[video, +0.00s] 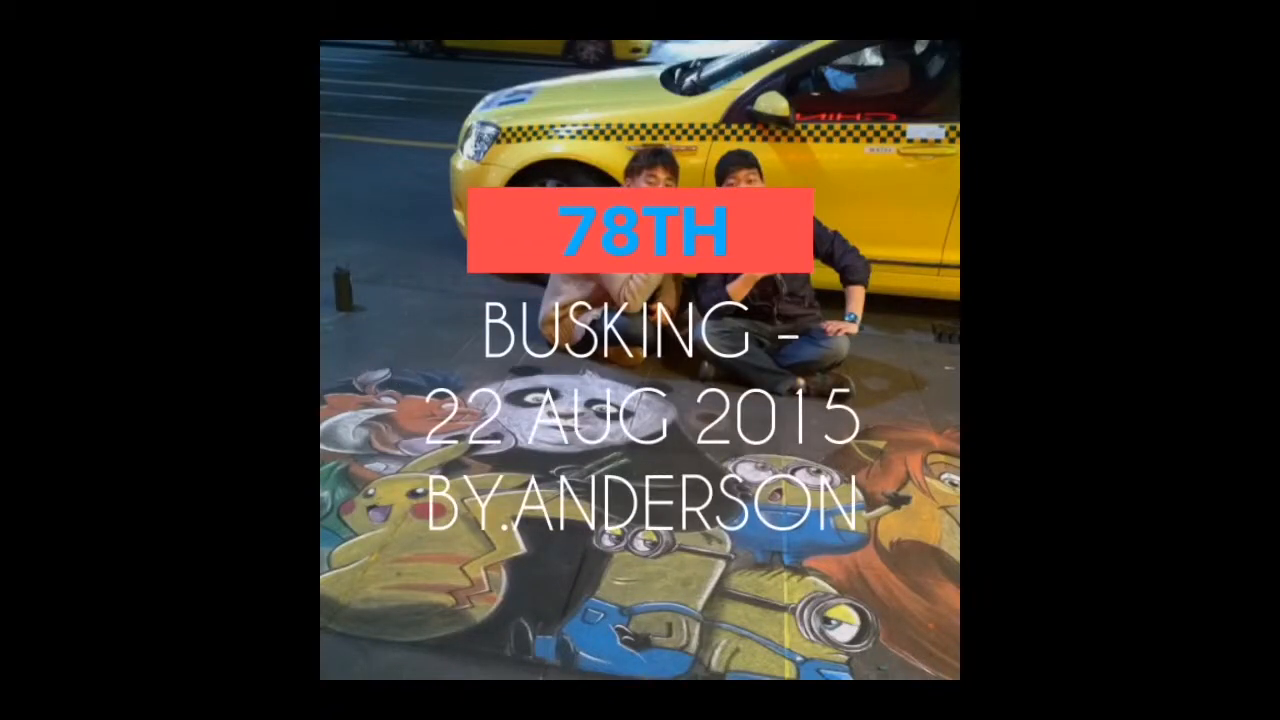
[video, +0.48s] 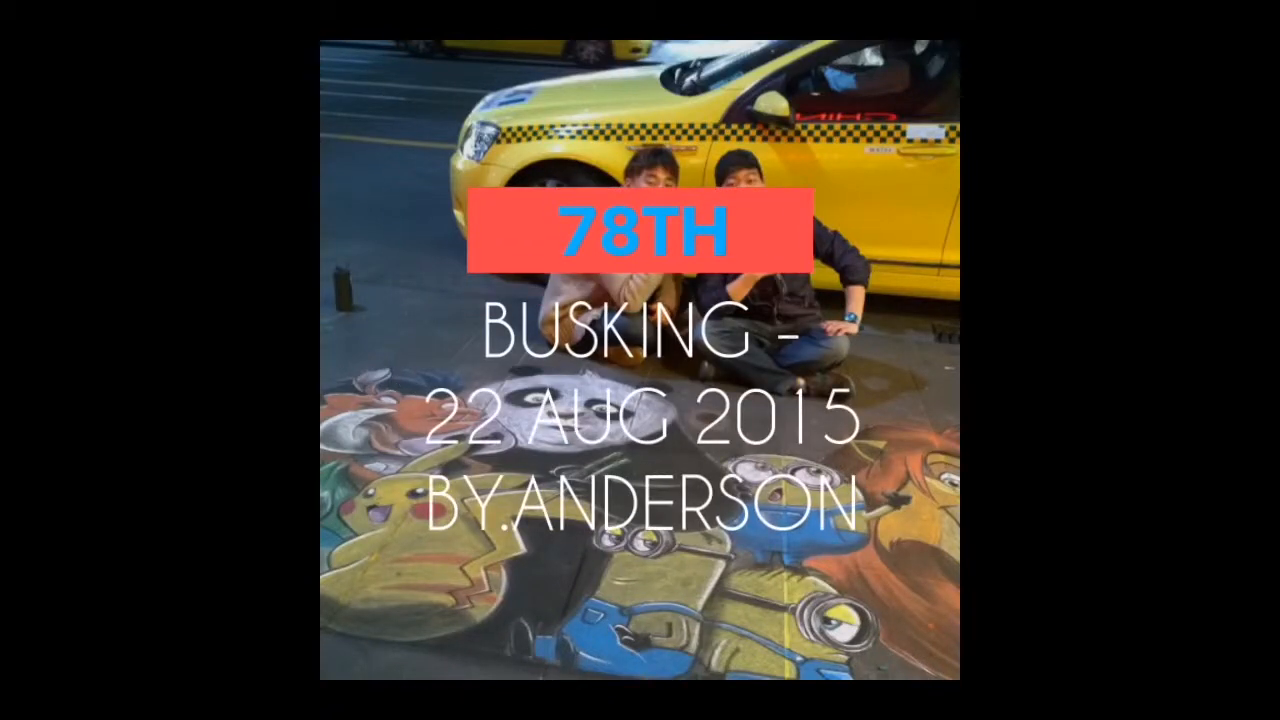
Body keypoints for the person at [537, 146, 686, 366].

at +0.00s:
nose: (659, 191)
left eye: (668, 184)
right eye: (651, 181)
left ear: (675, 190)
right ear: (629, 182)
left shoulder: (656, 224)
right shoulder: (604, 222)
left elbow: (669, 278)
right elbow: (629, 300)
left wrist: (665, 305)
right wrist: (664, 249)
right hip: (566, 319)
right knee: (639, 327)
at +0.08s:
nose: (659, 191)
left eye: (668, 184)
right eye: (651, 181)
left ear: (675, 190)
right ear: (629, 182)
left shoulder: (656, 224)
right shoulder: (604, 222)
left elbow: (669, 278)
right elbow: (629, 300)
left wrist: (665, 305)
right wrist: (664, 249)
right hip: (566, 319)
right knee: (639, 327)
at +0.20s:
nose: (659, 191)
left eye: (668, 184)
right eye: (651, 181)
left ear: (675, 190)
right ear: (629, 182)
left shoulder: (656, 224)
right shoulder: (604, 222)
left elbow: (669, 278)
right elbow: (629, 300)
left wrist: (665, 305)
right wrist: (664, 249)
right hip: (566, 319)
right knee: (639, 327)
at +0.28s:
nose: (659, 191)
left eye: (668, 184)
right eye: (651, 181)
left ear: (675, 190)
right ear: (629, 182)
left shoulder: (656, 224)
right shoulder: (604, 222)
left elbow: (669, 278)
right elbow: (629, 300)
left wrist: (665, 305)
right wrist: (664, 249)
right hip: (566, 319)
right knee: (639, 327)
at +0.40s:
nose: (659, 191)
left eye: (668, 184)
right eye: (651, 181)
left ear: (675, 190)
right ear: (629, 182)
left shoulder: (656, 224)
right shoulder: (604, 222)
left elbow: (669, 278)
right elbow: (629, 300)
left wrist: (665, 305)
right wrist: (664, 249)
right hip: (566, 319)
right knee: (639, 327)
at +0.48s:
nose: (659, 191)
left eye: (668, 184)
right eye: (651, 181)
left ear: (675, 190)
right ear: (629, 182)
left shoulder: (656, 224)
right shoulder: (604, 222)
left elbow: (669, 278)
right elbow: (629, 300)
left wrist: (665, 305)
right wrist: (664, 249)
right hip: (566, 319)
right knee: (639, 327)